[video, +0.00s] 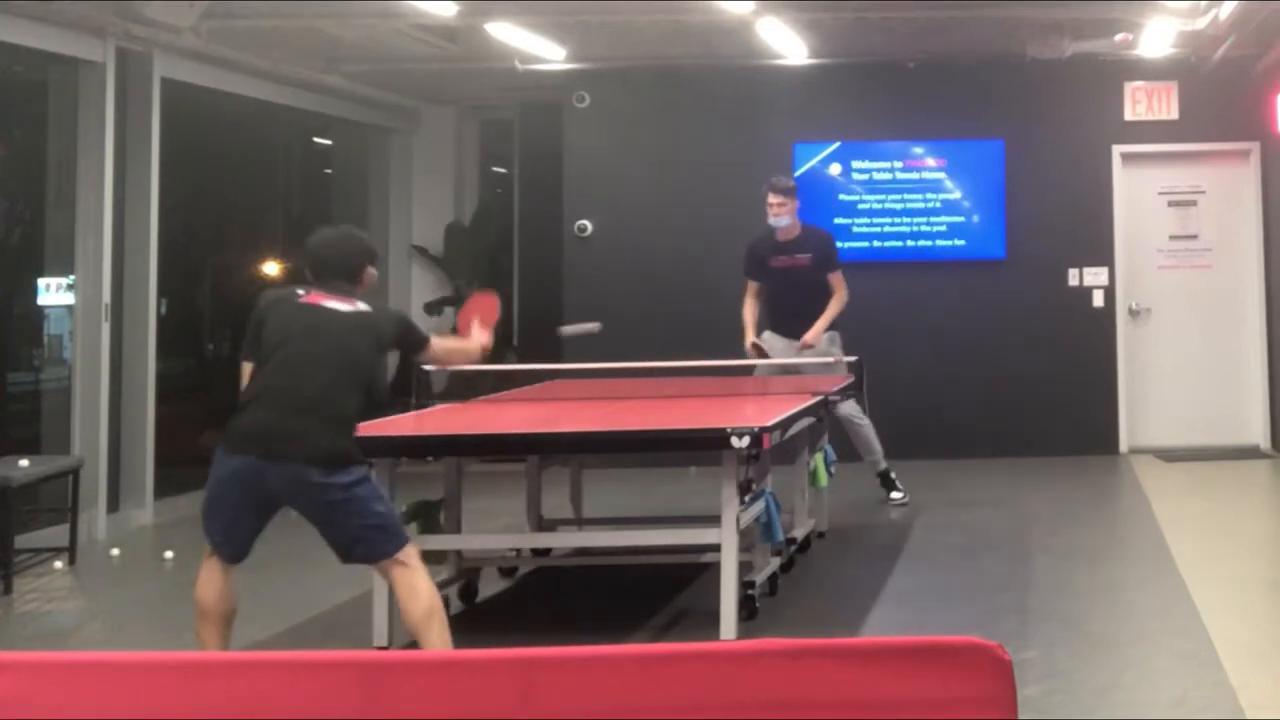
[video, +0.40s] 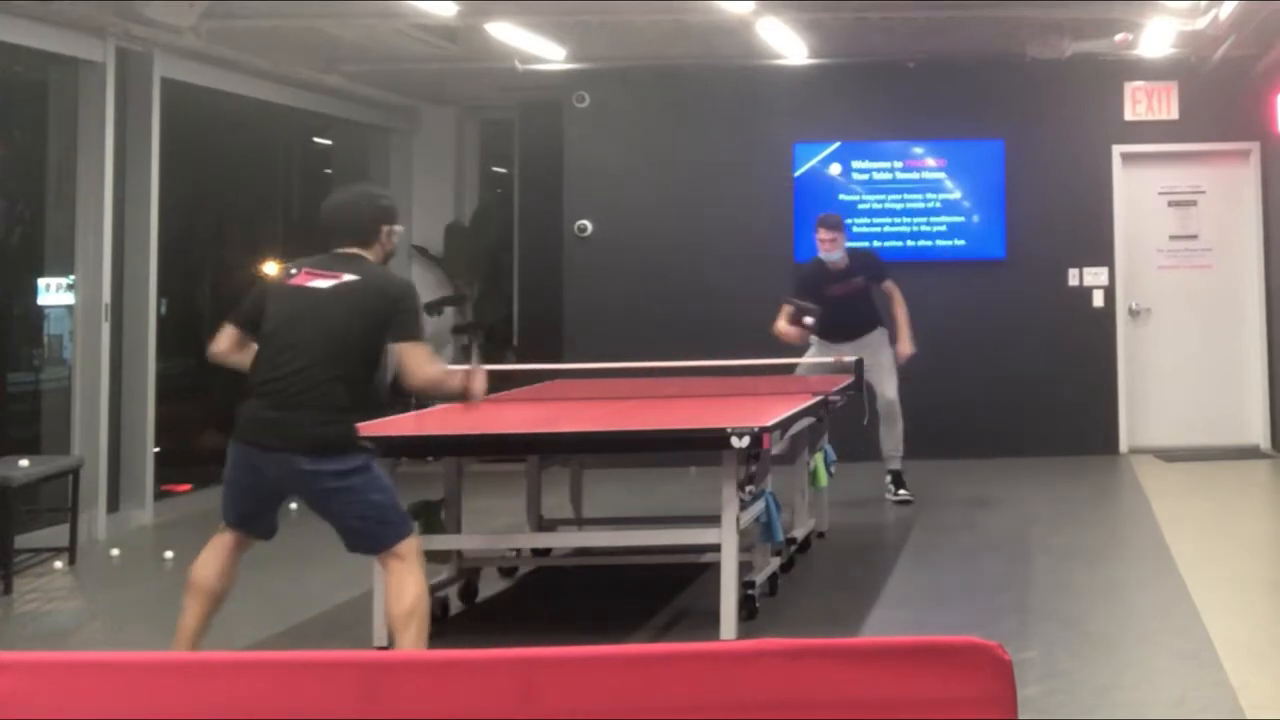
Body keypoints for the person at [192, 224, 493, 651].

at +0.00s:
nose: (376, 274)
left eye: (374, 266)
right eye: (373, 267)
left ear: (313, 269)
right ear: (363, 274)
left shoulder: (272, 302)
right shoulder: (381, 322)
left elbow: (248, 384)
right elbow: (436, 351)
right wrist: (476, 343)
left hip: (247, 451)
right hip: (324, 457)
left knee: (219, 558)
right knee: (401, 562)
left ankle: (211, 676)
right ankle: (448, 675)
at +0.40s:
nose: (395, 237)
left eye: (393, 228)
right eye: (392, 229)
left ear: (334, 232)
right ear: (381, 234)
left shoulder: (288, 275)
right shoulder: (391, 289)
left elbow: (223, 348)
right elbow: (417, 373)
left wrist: (285, 366)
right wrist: (461, 380)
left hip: (256, 440)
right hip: (326, 446)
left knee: (231, 536)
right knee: (401, 552)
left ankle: (178, 657)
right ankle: (412, 681)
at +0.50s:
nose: (412, 252)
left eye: (412, 240)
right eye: (410, 241)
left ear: (352, 238)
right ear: (395, 243)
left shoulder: (303, 278)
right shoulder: (368, 295)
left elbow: (295, 359)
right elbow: (351, 392)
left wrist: (365, 373)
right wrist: (408, 439)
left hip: (235, 450)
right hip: (295, 457)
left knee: (223, 555)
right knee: (387, 549)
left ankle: (127, 659)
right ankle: (404, 685)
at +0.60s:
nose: (414, 288)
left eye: (415, 277)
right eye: (414, 277)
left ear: (366, 269)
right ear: (401, 279)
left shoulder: (326, 305)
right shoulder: (341, 324)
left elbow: (335, 369)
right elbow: (295, 419)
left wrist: (397, 375)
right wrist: (350, 485)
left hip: (230, 471)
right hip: (271, 477)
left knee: (217, 578)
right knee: (385, 557)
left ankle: (112, 668)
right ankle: (395, 690)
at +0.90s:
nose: (525, 275)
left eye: (525, 264)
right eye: (522, 265)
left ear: (462, 251)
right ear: (498, 266)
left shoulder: (406, 278)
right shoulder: (485, 330)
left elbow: (339, 285)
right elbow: (576, 376)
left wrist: (355, 252)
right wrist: (662, 384)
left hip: (302, 445)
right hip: (356, 466)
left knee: (251, 526)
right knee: (440, 571)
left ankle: (175, 616)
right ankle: (376, 677)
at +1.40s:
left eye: (616, 218)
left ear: (608, 225)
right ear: (668, 224)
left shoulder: (582, 280)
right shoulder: (704, 284)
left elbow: (515, 345)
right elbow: (769, 348)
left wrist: (453, 328)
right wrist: (762, 285)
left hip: (585, 465)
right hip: (671, 466)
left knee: (523, 577)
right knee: (717, 605)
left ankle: (455, 688)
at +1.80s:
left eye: (593, 161)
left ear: (595, 170)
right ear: (660, 165)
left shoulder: (574, 237)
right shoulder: (709, 235)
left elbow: (524, 337)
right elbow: (741, 326)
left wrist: (497, 301)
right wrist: (724, 395)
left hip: (598, 427)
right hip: (682, 422)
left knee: (570, 593)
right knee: (702, 590)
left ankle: (537, 719)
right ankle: (731, 719)